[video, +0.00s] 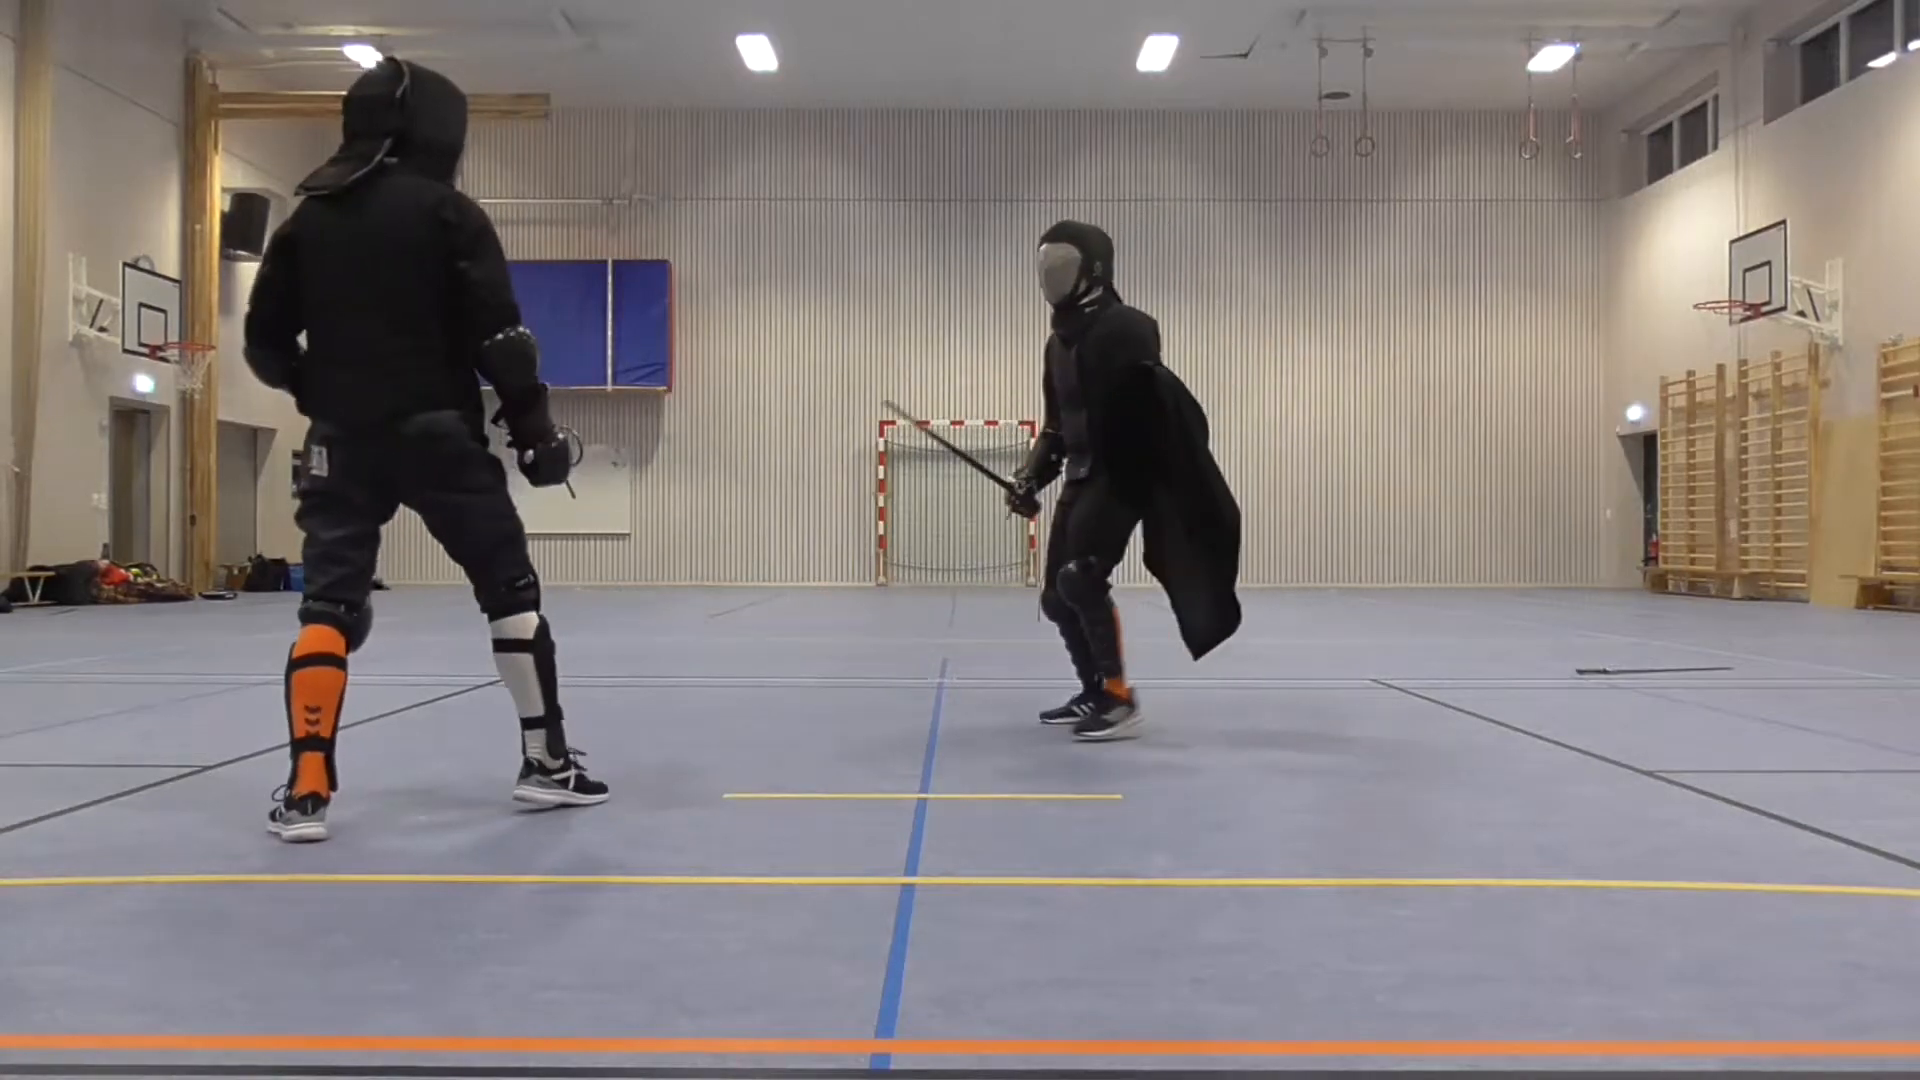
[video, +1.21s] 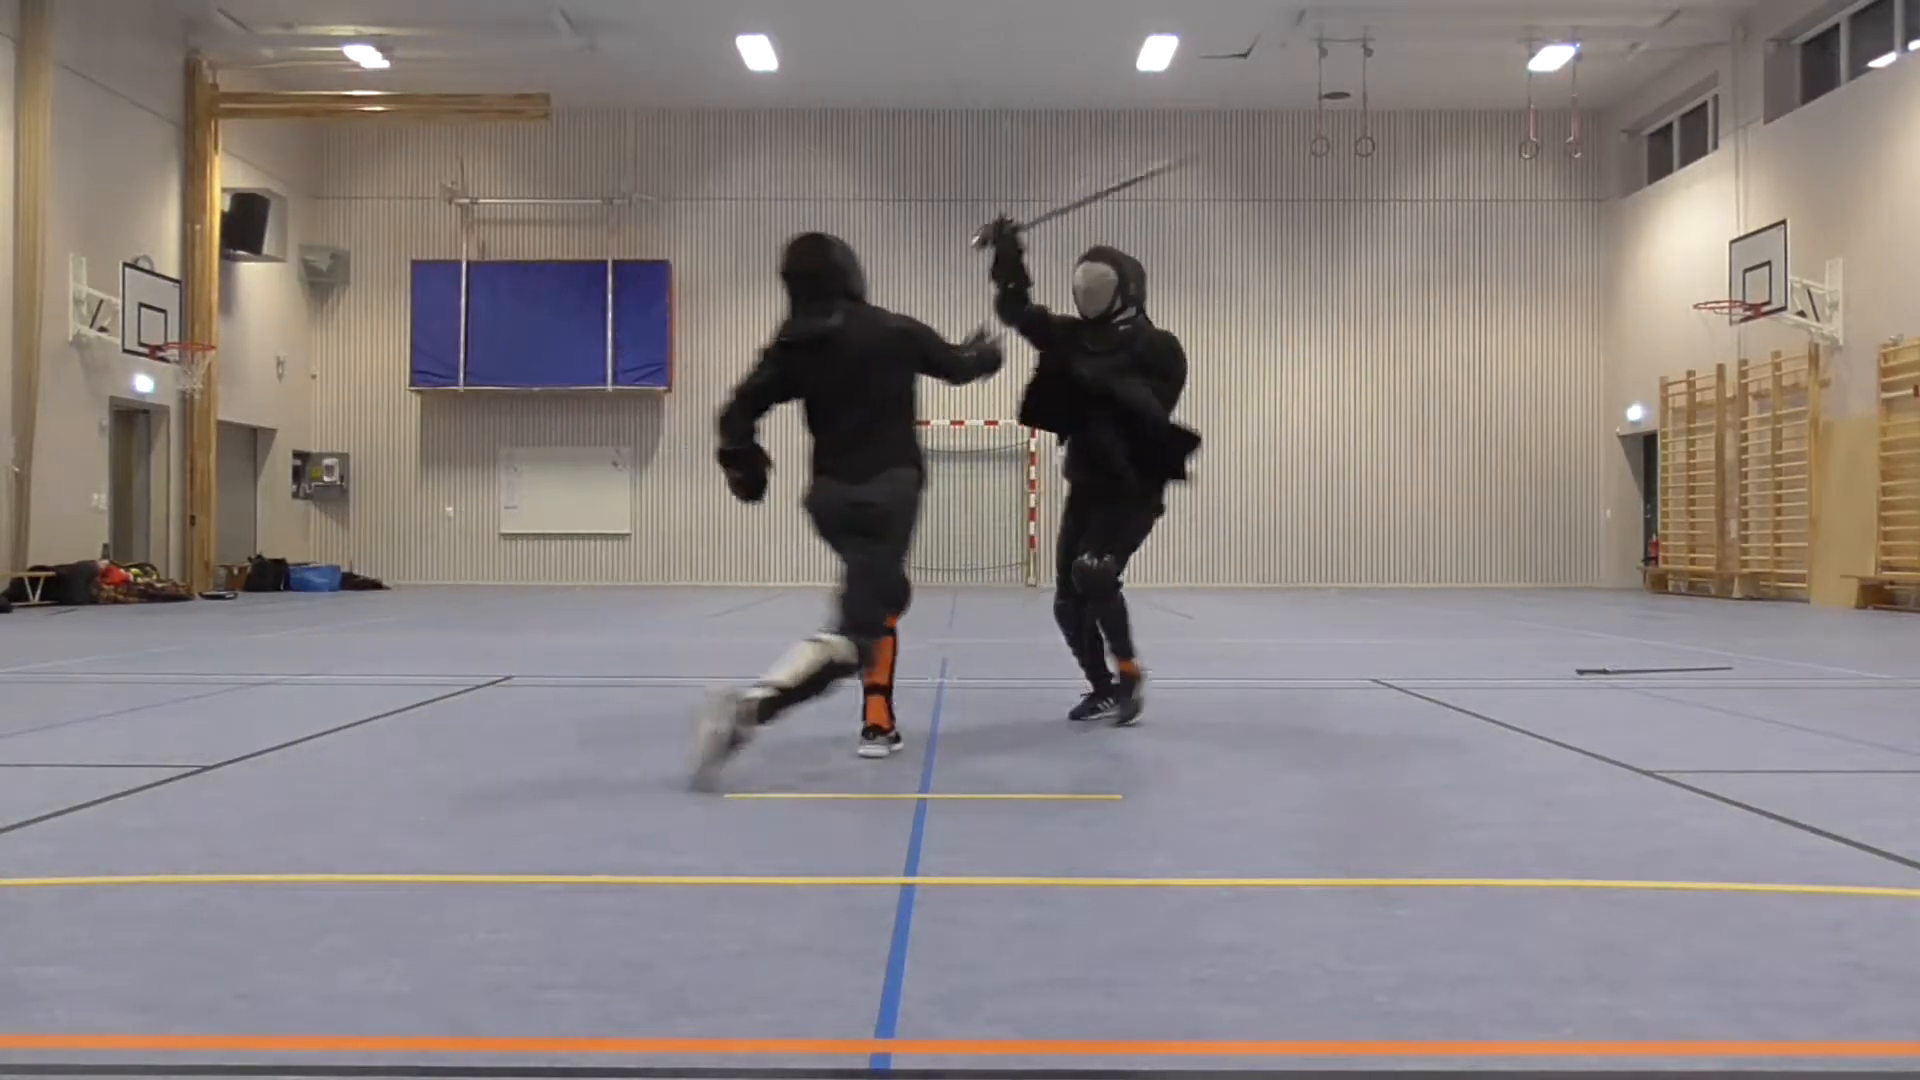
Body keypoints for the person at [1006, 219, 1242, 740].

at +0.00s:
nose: (1047, 277)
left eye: (1058, 266)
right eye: (1044, 267)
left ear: (1091, 269)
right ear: (1047, 270)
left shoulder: (1124, 330)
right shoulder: (1061, 340)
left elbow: (1141, 421)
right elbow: (1058, 425)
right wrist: (1032, 478)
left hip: (1121, 482)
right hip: (1080, 481)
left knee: (1081, 578)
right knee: (1058, 594)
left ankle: (1116, 697)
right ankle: (1094, 693)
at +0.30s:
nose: (1031, 278)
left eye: (1043, 267)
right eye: (1028, 267)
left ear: (1076, 270)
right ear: (1027, 271)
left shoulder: (1112, 333)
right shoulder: (1040, 342)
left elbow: (1140, 419)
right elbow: (1027, 420)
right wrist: (992, 465)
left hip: (1101, 486)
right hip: (1061, 484)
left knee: (1059, 590)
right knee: (1052, 594)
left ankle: (1074, 710)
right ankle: (1093, 694)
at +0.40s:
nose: (1031, 274)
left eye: (1043, 263)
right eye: (1026, 264)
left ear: (1074, 267)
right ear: (1020, 267)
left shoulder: (1114, 331)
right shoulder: (1028, 339)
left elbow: (1140, 419)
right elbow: (996, 413)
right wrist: (950, 447)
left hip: (1104, 485)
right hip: (1059, 484)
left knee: (1061, 589)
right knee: (1058, 590)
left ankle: (1074, 709)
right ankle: (1094, 693)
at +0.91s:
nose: (1042, 282)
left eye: (1054, 272)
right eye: (1037, 272)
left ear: (1082, 278)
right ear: (1031, 278)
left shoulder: (1117, 344)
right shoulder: (1030, 342)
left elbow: (1145, 428)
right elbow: (994, 393)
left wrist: (1132, 498)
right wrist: (981, 390)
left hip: (1097, 489)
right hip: (1048, 486)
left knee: (1042, 588)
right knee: (1048, 589)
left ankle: (1066, 709)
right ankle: (1115, 652)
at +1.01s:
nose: (1060, 278)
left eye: (1072, 267)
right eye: (1054, 268)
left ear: (1100, 272)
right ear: (1047, 273)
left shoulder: (1135, 339)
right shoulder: (1043, 336)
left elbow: (1158, 424)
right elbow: (992, 386)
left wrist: (1128, 484)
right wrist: (973, 360)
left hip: (1108, 486)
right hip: (1057, 482)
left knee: (1061, 584)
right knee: (1046, 597)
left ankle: (1069, 709)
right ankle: (1096, 651)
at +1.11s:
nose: (1074, 280)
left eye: (1086, 269)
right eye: (1067, 270)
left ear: (1114, 274)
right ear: (1060, 275)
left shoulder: (1146, 339)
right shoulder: (1060, 332)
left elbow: (1181, 428)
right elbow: (989, 338)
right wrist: (977, 288)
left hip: (1120, 486)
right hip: (1068, 482)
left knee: (1085, 583)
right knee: (1062, 591)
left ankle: (1079, 697)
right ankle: (1094, 678)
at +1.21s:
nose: (1083, 286)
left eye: (1095, 277)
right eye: (1079, 276)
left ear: (1124, 286)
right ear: (1074, 282)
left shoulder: (1157, 347)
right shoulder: (1074, 336)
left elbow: (1146, 409)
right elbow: (1016, 310)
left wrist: (1084, 371)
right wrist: (1008, 251)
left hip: (1135, 489)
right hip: (1086, 488)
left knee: (1095, 572)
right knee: (1069, 600)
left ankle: (1127, 671)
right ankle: (1102, 689)